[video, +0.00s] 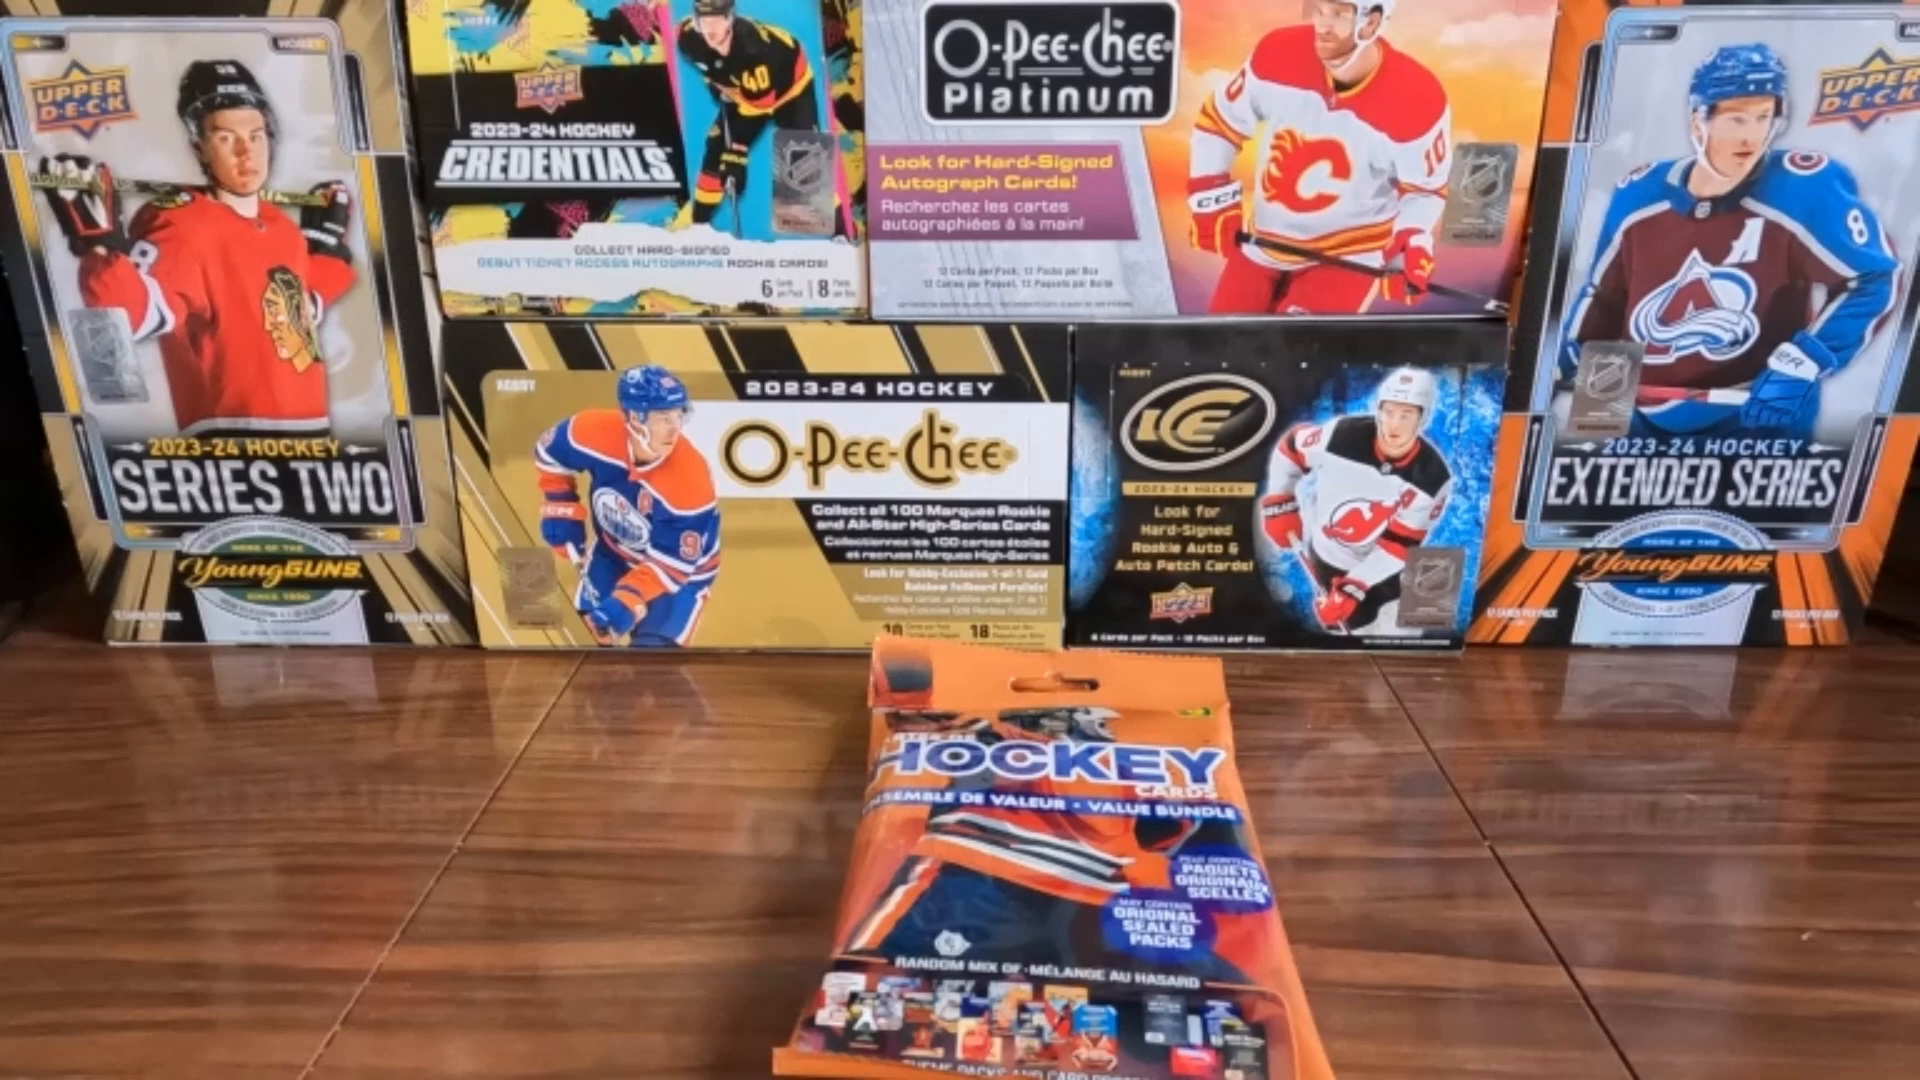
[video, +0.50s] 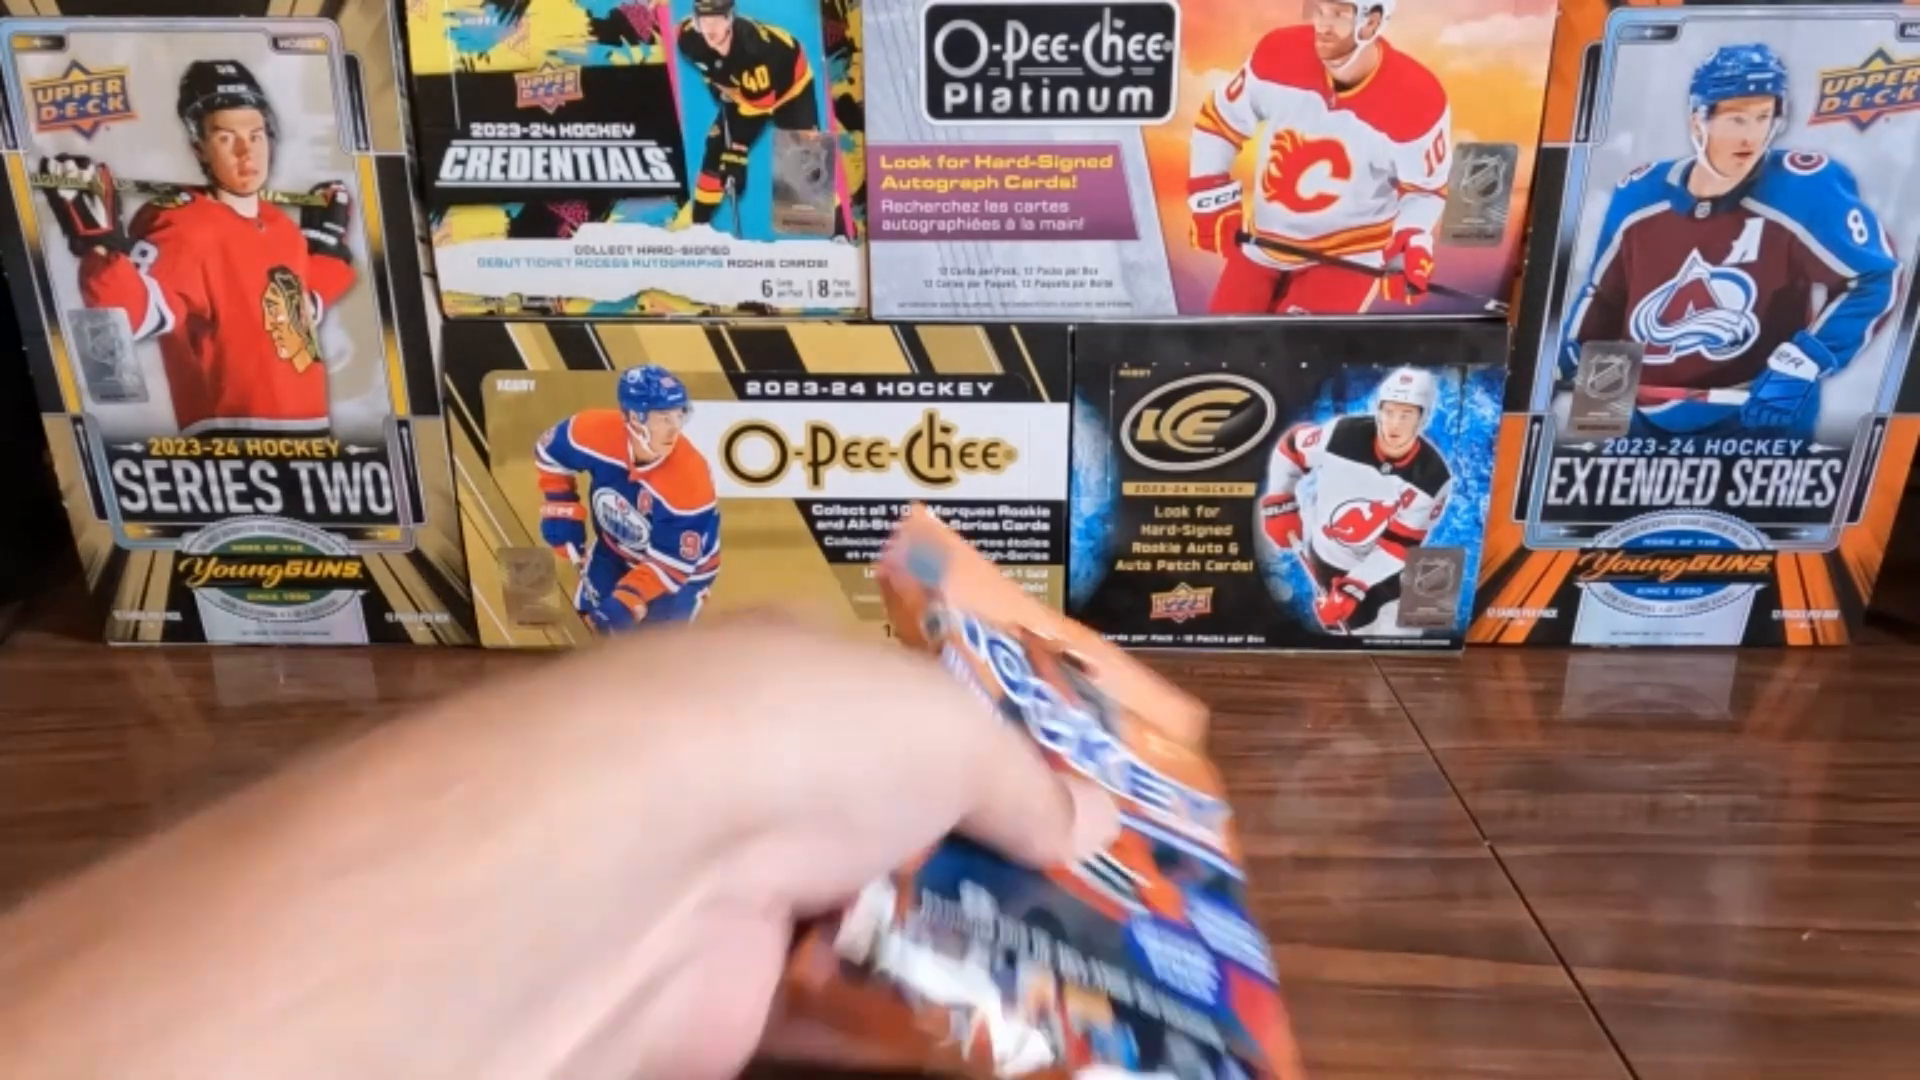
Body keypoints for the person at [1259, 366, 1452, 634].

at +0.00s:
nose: (1394, 424)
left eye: (1405, 415)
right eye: (1389, 412)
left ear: (1422, 419)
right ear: (1378, 412)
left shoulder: (1433, 477)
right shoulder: (1340, 435)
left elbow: (1397, 546)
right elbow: (1290, 448)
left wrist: (1352, 589)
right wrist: (1278, 505)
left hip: (1379, 566)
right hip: (1320, 554)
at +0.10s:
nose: (1394, 424)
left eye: (1405, 415)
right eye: (1388, 412)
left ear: (1422, 419)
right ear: (1378, 412)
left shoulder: (1433, 477)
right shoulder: (1340, 435)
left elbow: (1396, 547)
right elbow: (1290, 448)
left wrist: (1352, 589)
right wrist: (1277, 505)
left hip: (1380, 566)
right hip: (1321, 555)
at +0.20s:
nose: (1394, 424)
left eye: (1405, 415)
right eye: (1389, 412)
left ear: (1422, 419)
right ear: (1378, 412)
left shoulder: (1433, 477)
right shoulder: (1340, 435)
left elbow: (1396, 547)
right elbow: (1290, 448)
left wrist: (1352, 589)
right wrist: (1278, 505)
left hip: (1380, 566)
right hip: (1321, 555)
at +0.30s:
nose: (1394, 424)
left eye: (1405, 415)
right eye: (1389, 412)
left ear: (1422, 419)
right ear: (1378, 412)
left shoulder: (1433, 477)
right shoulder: (1340, 435)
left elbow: (1397, 546)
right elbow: (1290, 448)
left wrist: (1352, 589)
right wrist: (1278, 505)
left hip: (1380, 567)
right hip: (1321, 555)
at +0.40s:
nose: (1394, 424)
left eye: (1405, 415)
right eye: (1388, 412)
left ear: (1422, 419)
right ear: (1378, 412)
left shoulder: (1433, 478)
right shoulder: (1340, 435)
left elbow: (1396, 547)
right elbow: (1290, 448)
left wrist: (1352, 589)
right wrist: (1277, 505)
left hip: (1379, 566)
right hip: (1320, 555)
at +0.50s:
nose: (1394, 424)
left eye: (1405, 415)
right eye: (1388, 412)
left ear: (1422, 419)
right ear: (1378, 412)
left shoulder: (1433, 477)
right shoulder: (1340, 435)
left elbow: (1396, 547)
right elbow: (1290, 448)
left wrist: (1352, 589)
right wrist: (1277, 505)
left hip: (1380, 567)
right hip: (1320, 556)